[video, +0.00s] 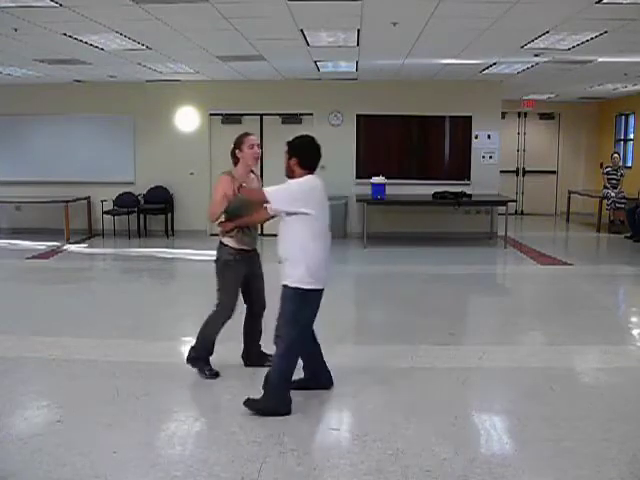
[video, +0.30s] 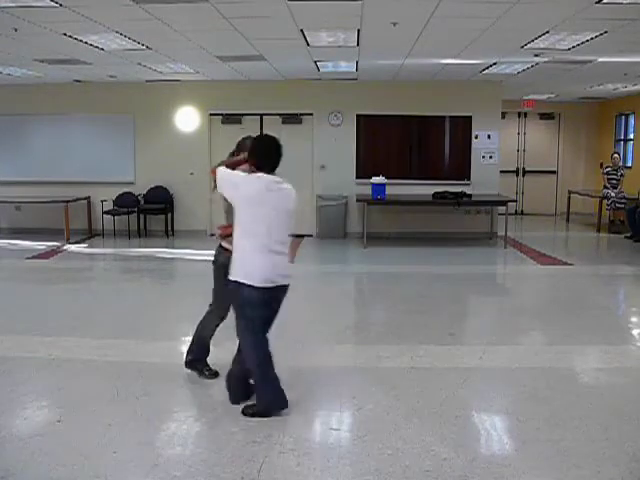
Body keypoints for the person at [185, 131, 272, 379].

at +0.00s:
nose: (258, 151)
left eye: (259, 147)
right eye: (252, 147)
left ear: (258, 151)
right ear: (238, 152)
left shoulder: (256, 180)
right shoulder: (227, 180)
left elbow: (255, 213)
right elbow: (214, 215)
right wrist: (232, 199)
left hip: (250, 252)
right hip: (230, 252)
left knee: (257, 305)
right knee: (226, 308)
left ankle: (252, 353)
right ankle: (198, 355)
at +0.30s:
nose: (250, 166)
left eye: (252, 161)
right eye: (246, 160)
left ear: (255, 161)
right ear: (237, 158)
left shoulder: (259, 186)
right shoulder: (223, 186)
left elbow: (267, 223)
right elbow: (219, 230)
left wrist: (235, 229)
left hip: (250, 254)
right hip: (228, 253)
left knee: (250, 317)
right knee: (219, 309)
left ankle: (244, 369)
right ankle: (195, 357)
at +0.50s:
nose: (267, 157)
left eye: (267, 152)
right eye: (263, 153)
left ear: (230, 157)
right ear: (255, 159)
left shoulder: (217, 178)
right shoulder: (268, 190)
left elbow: (226, 154)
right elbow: (278, 230)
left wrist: (253, 136)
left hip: (217, 267)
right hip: (253, 271)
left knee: (216, 318)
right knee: (250, 329)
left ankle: (212, 377)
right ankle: (239, 389)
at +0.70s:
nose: (242, 159)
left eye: (241, 155)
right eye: (239, 155)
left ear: (216, 159)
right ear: (226, 159)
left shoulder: (203, 180)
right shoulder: (237, 189)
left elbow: (233, 158)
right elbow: (251, 230)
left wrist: (253, 135)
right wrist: (250, 254)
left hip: (204, 266)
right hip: (229, 269)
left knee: (210, 317)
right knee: (237, 327)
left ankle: (195, 363)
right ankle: (238, 388)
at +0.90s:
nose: (228, 158)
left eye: (229, 153)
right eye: (223, 154)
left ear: (219, 157)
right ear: (207, 159)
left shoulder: (210, 179)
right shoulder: (209, 185)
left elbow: (229, 195)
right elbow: (207, 225)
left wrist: (245, 179)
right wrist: (233, 252)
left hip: (203, 263)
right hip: (206, 265)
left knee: (206, 316)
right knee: (215, 320)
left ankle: (194, 362)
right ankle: (205, 379)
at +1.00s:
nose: (224, 159)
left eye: (225, 154)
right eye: (219, 155)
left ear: (224, 156)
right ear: (203, 159)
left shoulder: (218, 183)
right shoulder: (197, 186)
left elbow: (228, 211)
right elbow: (194, 224)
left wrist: (248, 201)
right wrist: (234, 238)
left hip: (212, 263)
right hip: (196, 264)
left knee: (208, 313)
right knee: (203, 313)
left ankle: (197, 362)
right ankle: (176, 366)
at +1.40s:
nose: (239, 165)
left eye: (241, 160)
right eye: (233, 160)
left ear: (242, 161)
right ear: (219, 163)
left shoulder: (244, 186)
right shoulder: (205, 188)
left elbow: (256, 217)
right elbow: (211, 225)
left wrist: (266, 217)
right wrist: (235, 210)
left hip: (236, 261)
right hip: (207, 262)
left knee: (246, 301)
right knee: (205, 309)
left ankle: (229, 347)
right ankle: (206, 347)